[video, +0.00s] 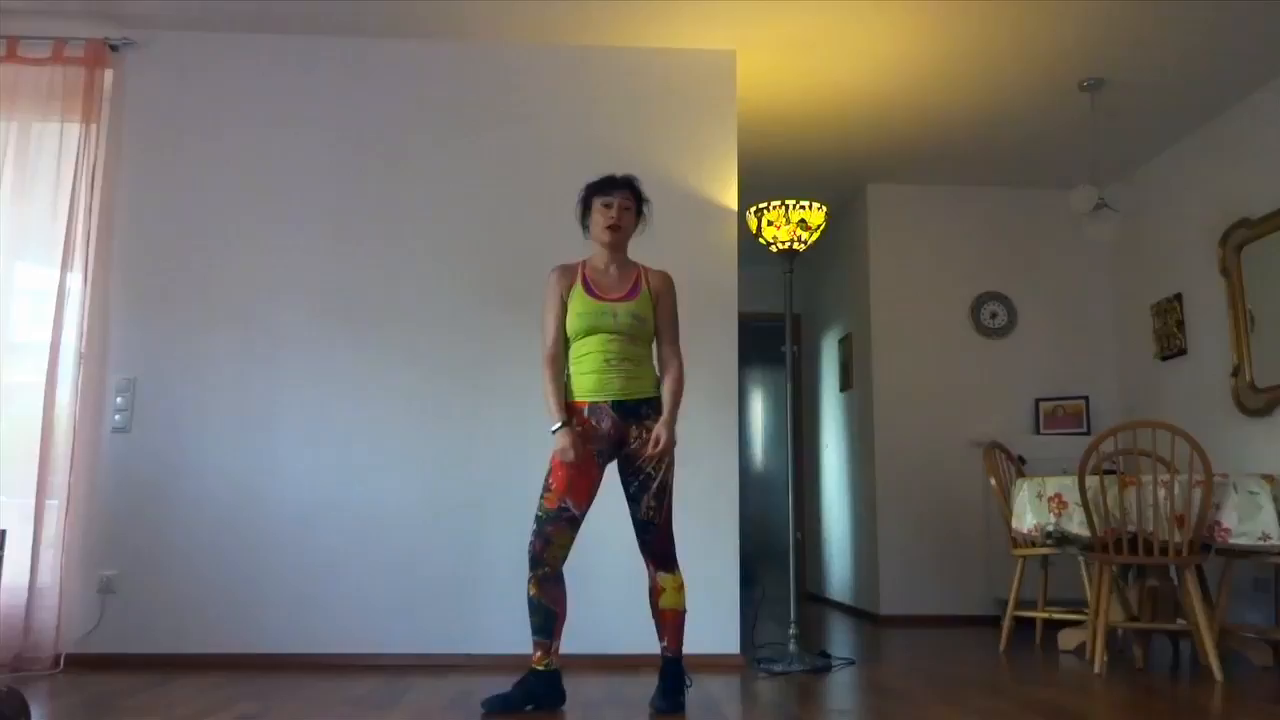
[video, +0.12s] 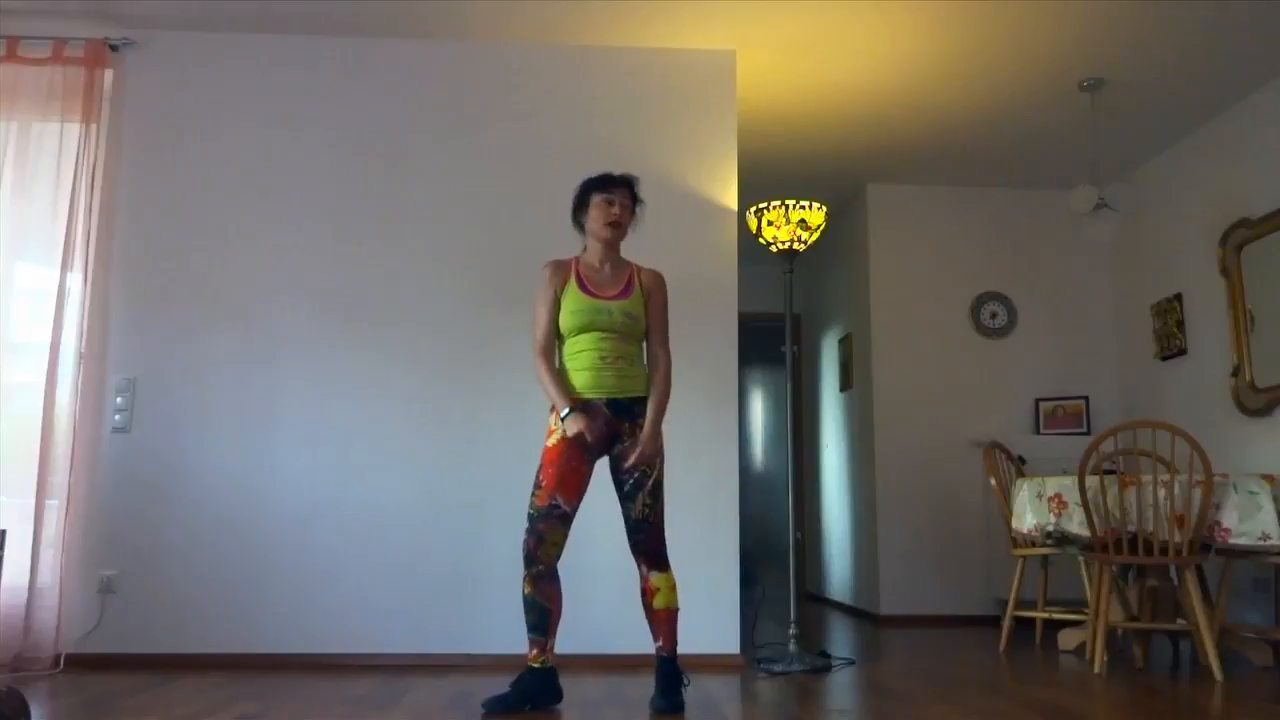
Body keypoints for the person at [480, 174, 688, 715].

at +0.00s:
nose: (615, 215)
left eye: (625, 209)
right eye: (606, 207)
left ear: (638, 221)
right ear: (587, 217)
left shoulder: (656, 282)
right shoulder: (565, 279)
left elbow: (671, 360)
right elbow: (553, 355)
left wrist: (667, 422)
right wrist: (561, 423)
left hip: (644, 421)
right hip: (583, 422)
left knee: (659, 550)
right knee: (545, 547)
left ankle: (673, 671)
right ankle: (544, 673)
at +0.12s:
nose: (617, 211)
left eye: (625, 204)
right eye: (606, 202)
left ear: (633, 218)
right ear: (583, 214)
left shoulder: (648, 282)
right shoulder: (559, 274)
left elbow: (660, 360)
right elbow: (544, 351)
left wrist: (651, 429)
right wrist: (569, 410)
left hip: (636, 419)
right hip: (576, 417)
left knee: (649, 545)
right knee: (539, 544)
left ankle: (668, 669)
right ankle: (540, 671)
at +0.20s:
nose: (614, 209)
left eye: (621, 202)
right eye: (604, 200)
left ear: (628, 215)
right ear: (578, 210)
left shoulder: (642, 279)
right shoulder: (553, 270)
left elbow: (656, 362)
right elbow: (534, 349)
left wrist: (645, 427)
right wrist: (563, 404)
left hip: (628, 416)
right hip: (566, 414)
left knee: (642, 544)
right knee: (539, 540)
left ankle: (661, 669)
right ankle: (531, 667)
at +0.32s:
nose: (607, 210)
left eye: (613, 203)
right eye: (596, 202)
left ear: (619, 215)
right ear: (571, 212)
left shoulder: (634, 279)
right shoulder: (547, 270)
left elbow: (646, 360)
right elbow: (521, 349)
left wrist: (638, 420)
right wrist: (548, 408)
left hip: (614, 421)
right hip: (554, 418)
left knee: (643, 545)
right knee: (533, 541)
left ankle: (648, 672)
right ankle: (511, 669)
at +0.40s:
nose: (602, 216)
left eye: (608, 209)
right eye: (591, 208)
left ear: (615, 221)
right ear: (566, 219)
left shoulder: (632, 286)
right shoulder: (544, 278)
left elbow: (640, 364)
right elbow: (519, 356)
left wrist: (631, 425)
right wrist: (535, 421)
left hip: (606, 427)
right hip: (548, 421)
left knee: (655, 545)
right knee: (525, 546)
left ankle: (647, 672)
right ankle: (506, 672)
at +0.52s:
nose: (600, 218)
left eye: (607, 211)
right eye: (589, 210)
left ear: (615, 223)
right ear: (566, 223)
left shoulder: (637, 288)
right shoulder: (548, 285)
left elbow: (642, 368)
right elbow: (527, 361)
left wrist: (630, 431)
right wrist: (529, 428)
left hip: (610, 430)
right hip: (552, 424)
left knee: (659, 546)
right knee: (532, 548)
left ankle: (647, 672)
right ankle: (511, 673)